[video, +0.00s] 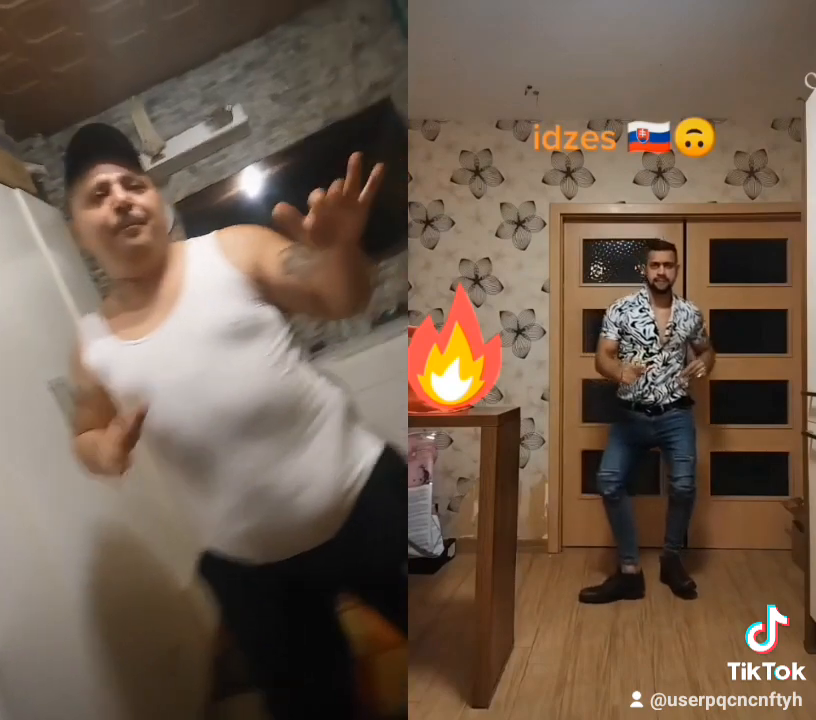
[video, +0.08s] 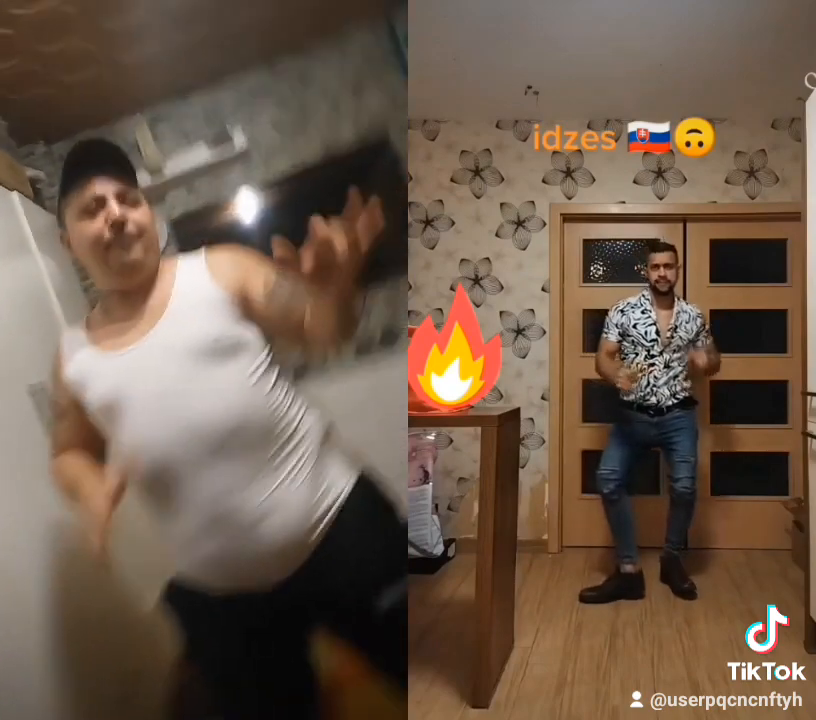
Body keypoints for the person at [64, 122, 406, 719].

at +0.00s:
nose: (122, 202)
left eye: (132, 184)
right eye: (97, 196)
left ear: (161, 200)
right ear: (78, 233)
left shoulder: (235, 249)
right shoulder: (96, 343)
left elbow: (343, 298)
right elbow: (89, 431)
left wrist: (341, 252)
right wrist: (106, 450)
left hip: (361, 502)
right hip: (250, 562)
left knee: (448, 641)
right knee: (310, 709)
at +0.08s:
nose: (116, 217)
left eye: (127, 199)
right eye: (92, 210)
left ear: (152, 213)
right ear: (69, 242)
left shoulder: (222, 270)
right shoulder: (77, 358)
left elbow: (322, 329)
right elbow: (71, 450)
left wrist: (335, 291)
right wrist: (91, 487)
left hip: (337, 536)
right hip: (220, 592)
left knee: (393, 687)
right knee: (265, 716)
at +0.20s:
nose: (122, 229)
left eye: (136, 213)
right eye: (99, 219)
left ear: (159, 229)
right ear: (73, 246)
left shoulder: (220, 297)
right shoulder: (64, 362)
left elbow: (308, 390)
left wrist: (304, 350)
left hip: (305, 588)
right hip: (169, 630)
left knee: (372, 706)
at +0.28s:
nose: (118, 211)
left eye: (134, 193)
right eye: (95, 197)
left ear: (159, 211)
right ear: (69, 220)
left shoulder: (215, 291)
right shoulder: (46, 340)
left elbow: (297, 394)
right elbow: (21, 439)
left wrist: (276, 356)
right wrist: (9, 469)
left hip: (262, 590)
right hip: (120, 612)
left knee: (327, 710)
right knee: (122, 711)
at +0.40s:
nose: (138, 165)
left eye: (158, 148)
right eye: (118, 150)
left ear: (191, 171)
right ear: (92, 175)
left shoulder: (228, 267)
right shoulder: (46, 284)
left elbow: (290, 381)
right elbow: (3, 378)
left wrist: (223, 325)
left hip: (215, 577)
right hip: (71, 580)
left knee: (249, 713)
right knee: (60, 712)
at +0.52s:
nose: (188, 154)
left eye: (212, 142)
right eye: (171, 138)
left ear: (244, 173)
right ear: (147, 161)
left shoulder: (274, 272)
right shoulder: (92, 259)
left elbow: (312, 393)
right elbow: (17, 326)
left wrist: (240, 338)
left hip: (197, 570)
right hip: (56, 553)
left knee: (203, 714)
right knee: (28, 705)